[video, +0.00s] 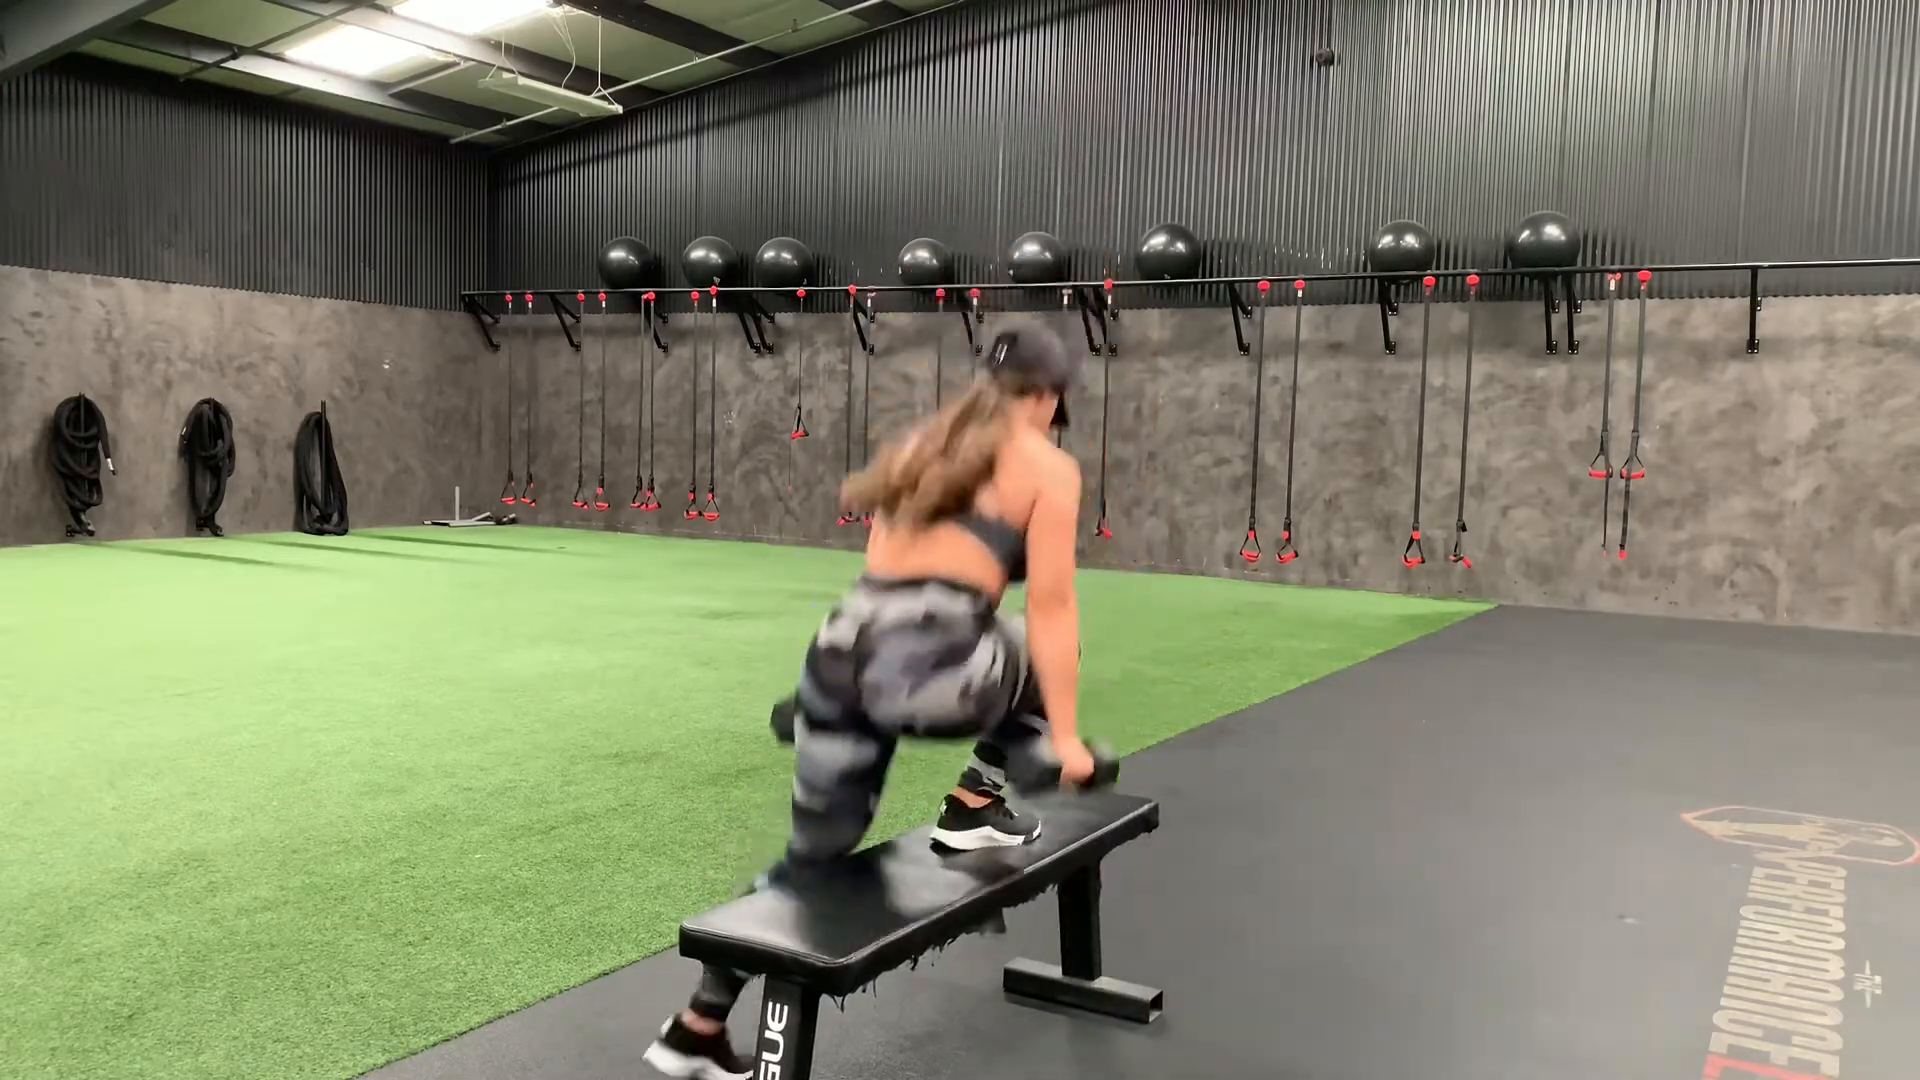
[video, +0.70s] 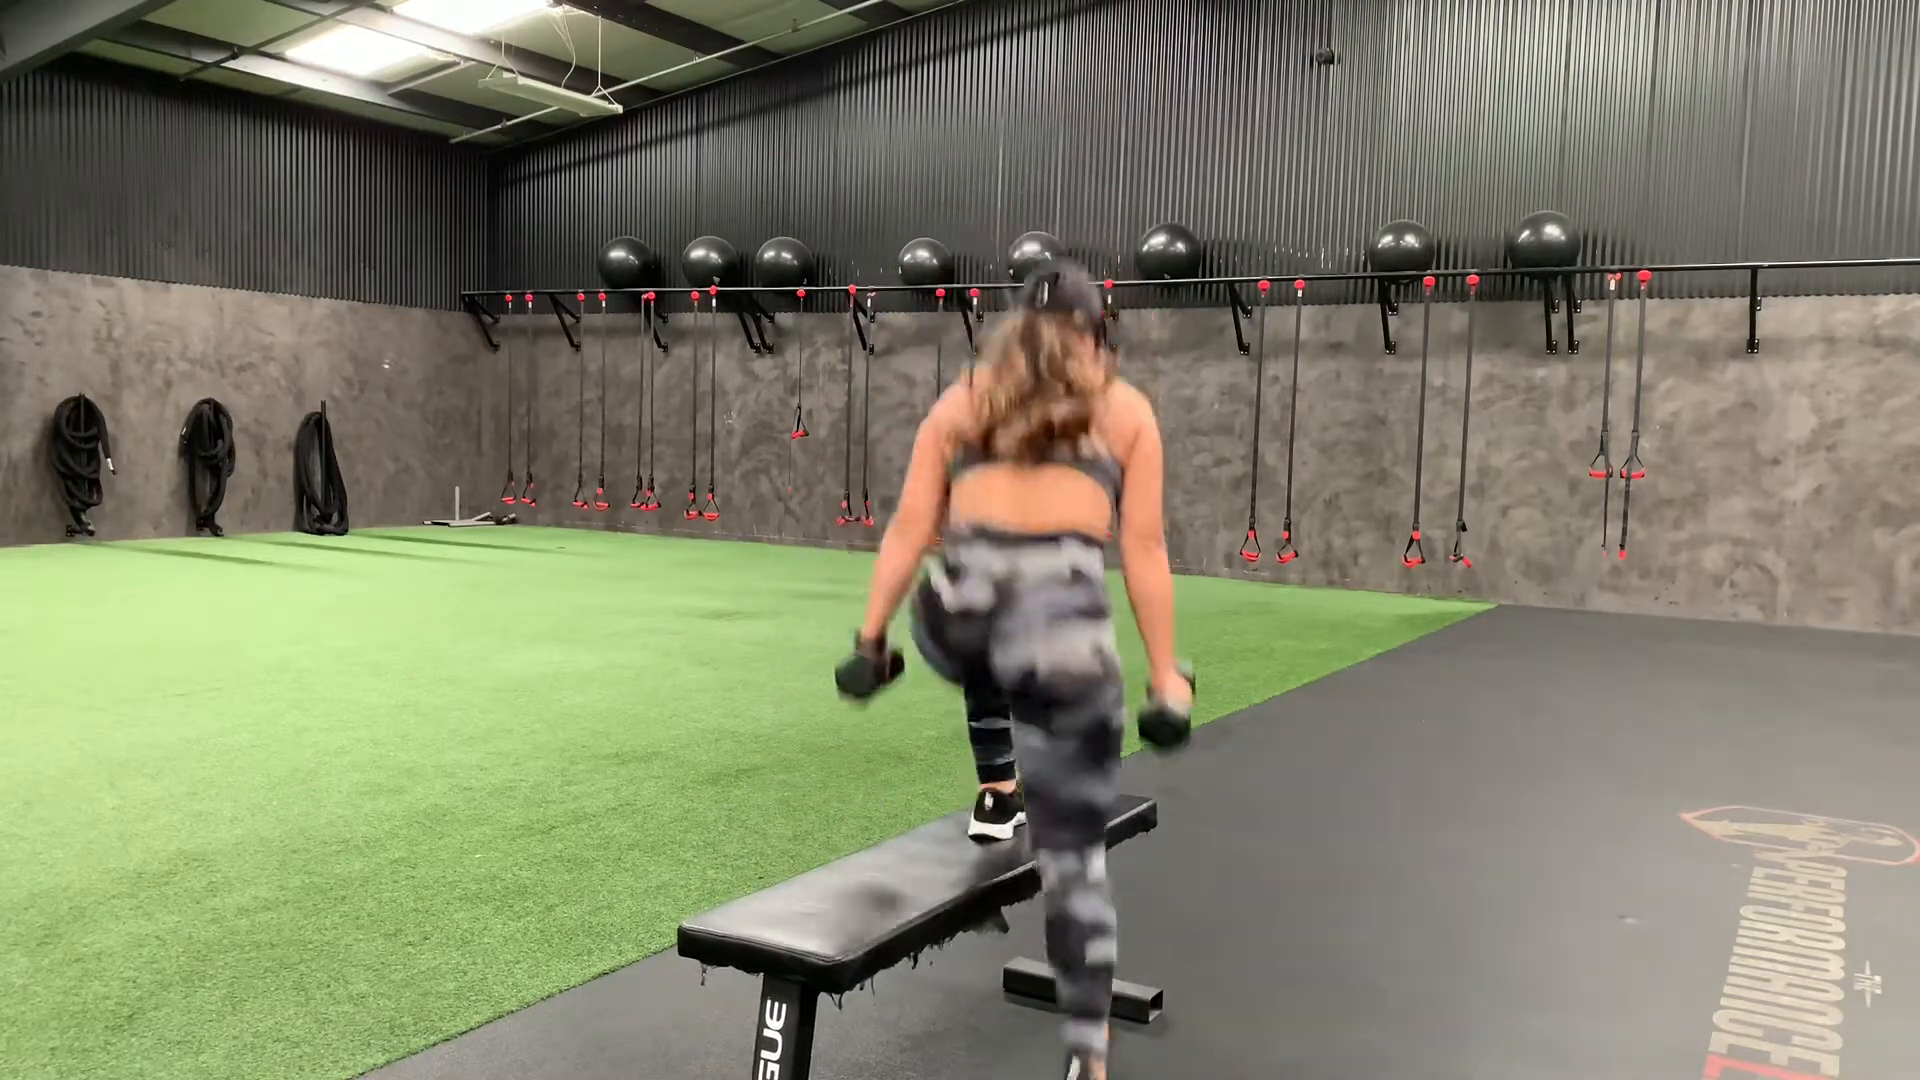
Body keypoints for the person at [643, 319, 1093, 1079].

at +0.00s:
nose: (1059, 412)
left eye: (1058, 400)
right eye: (1060, 400)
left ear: (990, 384)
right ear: (1047, 397)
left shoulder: (920, 443)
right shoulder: (1048, 465)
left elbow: (881, 577)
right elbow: (1053, 607)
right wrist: (1064, 736)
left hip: (842, 665)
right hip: (936, 671)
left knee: (813, 856)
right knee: (1038, 664)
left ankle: (700, 1022)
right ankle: (974, 803)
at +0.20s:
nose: (1080, 350)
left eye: (1079, 340)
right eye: (1081, 339)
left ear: (1008, 326)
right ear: (1071, 336)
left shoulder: (946, 385)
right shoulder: (1084, 405)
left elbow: (891, 494)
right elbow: (1088, 539)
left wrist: (834, 608)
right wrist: (1086, 666)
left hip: (855, 588)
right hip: (945, 598)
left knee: (814, 783)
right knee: (1061, 639)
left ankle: (730, 964)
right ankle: (977, 805)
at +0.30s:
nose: (1088, 285)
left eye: (1086, 275)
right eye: (1089, 274)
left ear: (1019, 257)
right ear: (1080, 267)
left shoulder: (954, 312)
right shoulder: (1102, 326)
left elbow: (897, 432)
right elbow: (1109, 462)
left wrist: (849, 545)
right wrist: (1105, 587)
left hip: (882, 505)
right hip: (980, 507)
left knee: (891, 687)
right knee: (1054, 624)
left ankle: (779, 853)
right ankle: (985, 796)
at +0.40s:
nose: (1093, 240)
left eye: (1089, 230)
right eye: (1093, 228)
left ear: (1022, 215)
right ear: (1087, 223)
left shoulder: (960, 271)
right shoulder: (1113, 282)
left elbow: (900, 391)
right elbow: (1122, 416)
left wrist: (857, 498)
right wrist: (1116, 544)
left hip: (889, 456)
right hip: (993, 458)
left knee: (946, 601)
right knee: (1053, 602)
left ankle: (876, 771)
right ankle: (1020, 779)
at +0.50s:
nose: (1098, 227)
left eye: (1095, 217)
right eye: (1098, 217)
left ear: (1022, 206)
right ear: (1093, 213)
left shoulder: (961, 266)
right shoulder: (1121, 277)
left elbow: (902, 390)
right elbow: (1126, 415)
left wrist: (858, 492)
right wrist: (1129, 538)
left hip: (907, 452)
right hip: (1014, 456)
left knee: (963, 594)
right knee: (1055, 635)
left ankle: (968, 773)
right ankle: (1049, 803)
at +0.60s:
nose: (1105, 263)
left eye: (1095, 248)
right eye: (1103, 251)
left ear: (1011, 251)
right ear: (1094, 253)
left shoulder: (954, 314)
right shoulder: (1124, 320)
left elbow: (910, 432)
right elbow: (1128, 454)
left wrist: (866, 538)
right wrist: (1144, 583)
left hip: (931, 506)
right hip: (1043, 507)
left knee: (984, 626)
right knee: (1065, 739)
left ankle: (997, 794)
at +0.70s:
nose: (1106, 341)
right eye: (1104, 327)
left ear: (1014, 327)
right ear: (1098, 330)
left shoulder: (959, 402)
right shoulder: (1127, 410)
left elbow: (912, 526)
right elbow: (1143, 548)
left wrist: (871, 634)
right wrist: (1165, 670)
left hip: (956, 618)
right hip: (1061, 623)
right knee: (1073, 849)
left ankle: (998, 785)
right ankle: (1089, 1057)